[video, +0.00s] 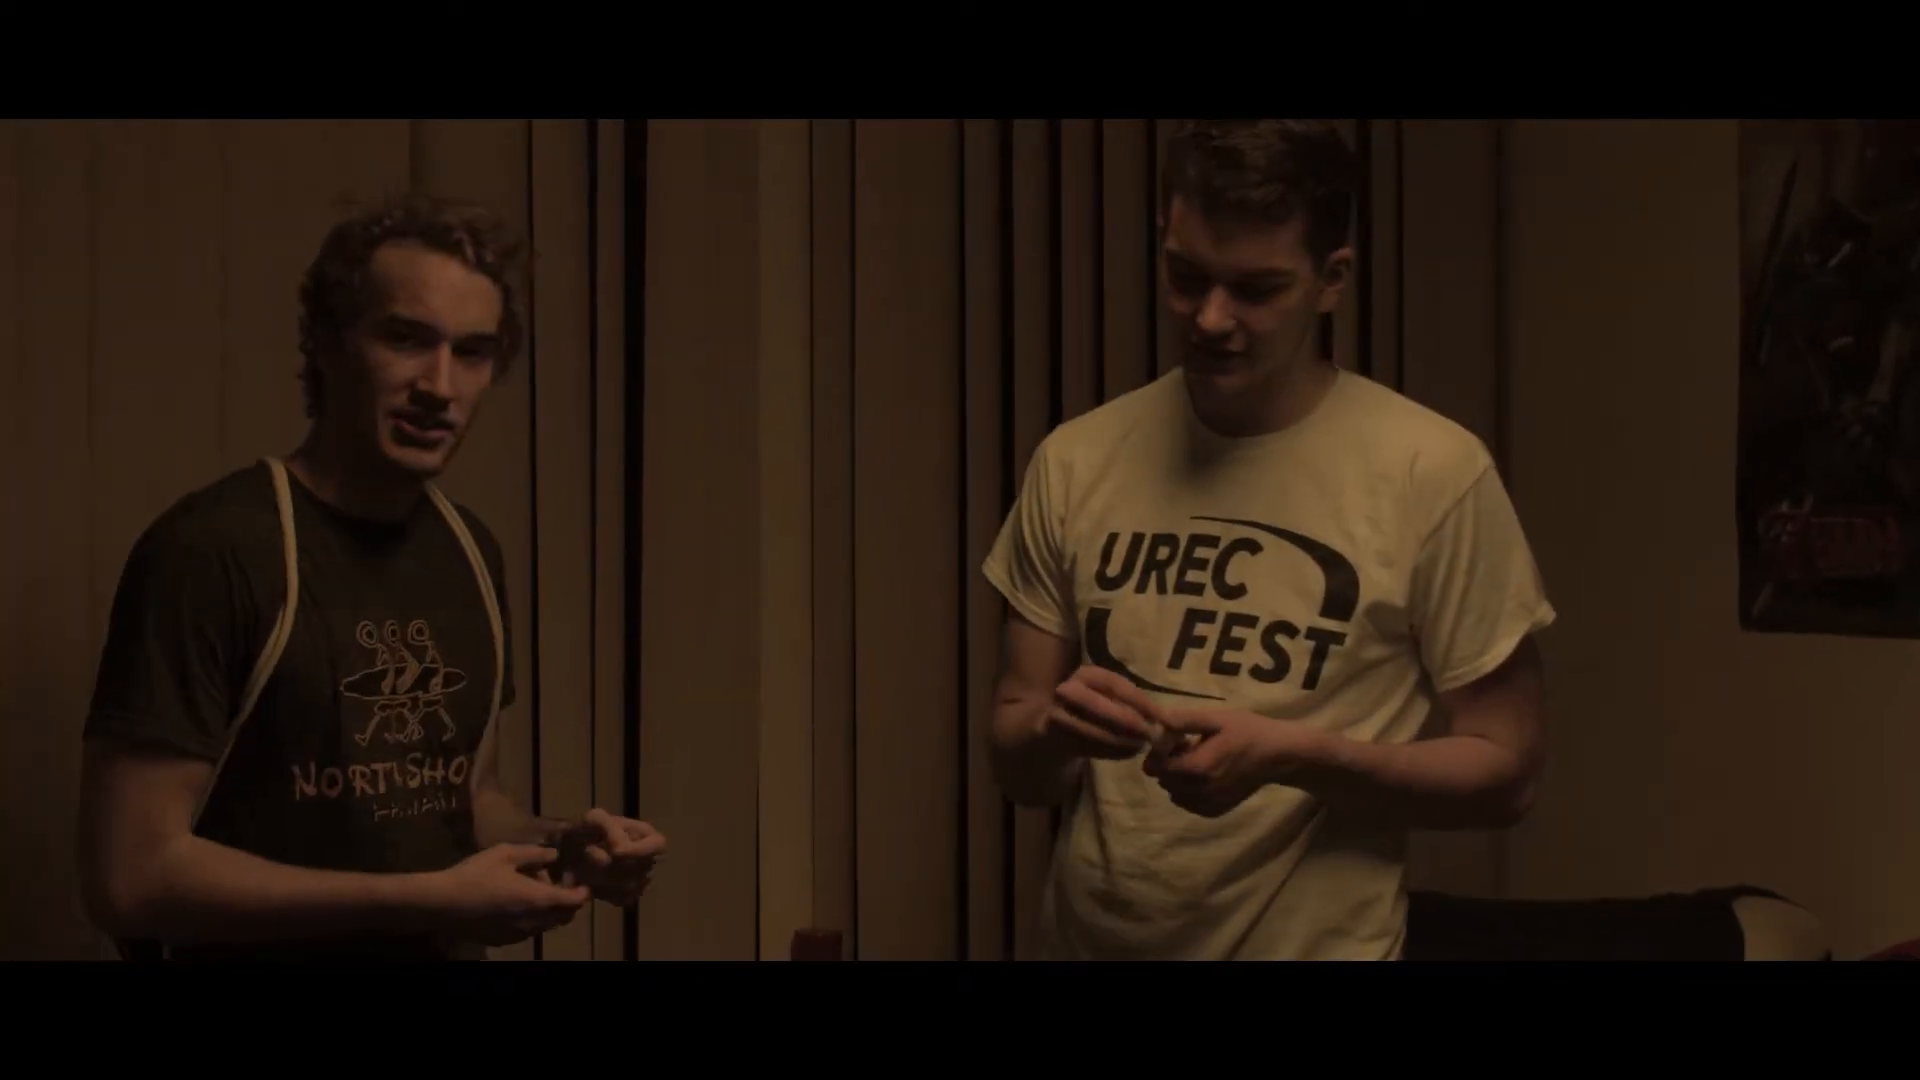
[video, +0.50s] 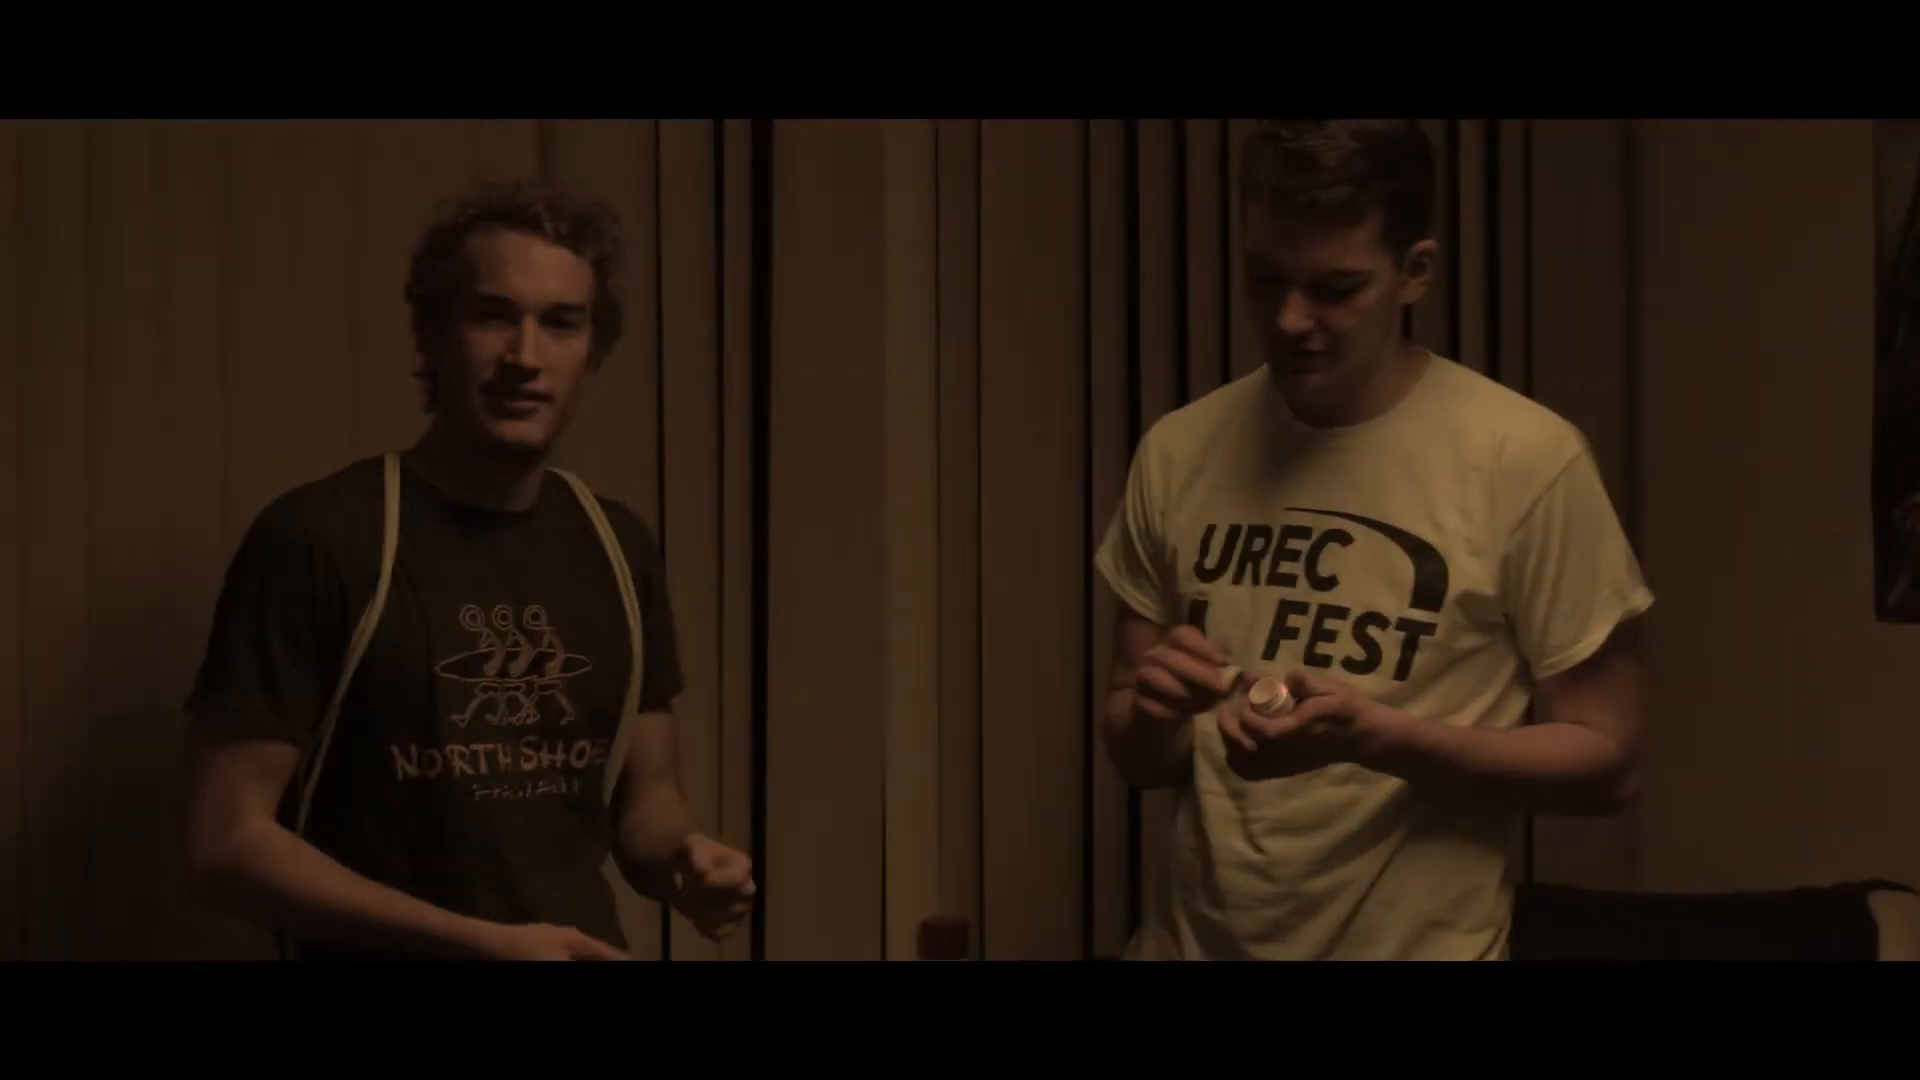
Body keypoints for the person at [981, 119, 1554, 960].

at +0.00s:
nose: (1212, 320)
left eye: (1256, 287)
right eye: (1188, 279)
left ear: (1332, 280)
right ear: (1162, 253)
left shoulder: (1434, 477)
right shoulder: (1075, 464)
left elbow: (1505, 769)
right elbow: (1016, 763)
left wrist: (1283, 749)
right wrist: (1060, 727)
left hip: (1311, 945)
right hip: (1088, 941)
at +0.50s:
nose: (1291, 320)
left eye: (1334, 288)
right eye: (1268, 280)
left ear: (1416, 274)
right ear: (1246, 261)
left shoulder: (1527, 463)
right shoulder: (1178, 453)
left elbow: (1605, 758)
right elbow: (1133, 755)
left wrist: (1377, 735)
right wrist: (1152, 709)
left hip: (1418, 943)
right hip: (1194, 941)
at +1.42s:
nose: (1300, 371)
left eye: (1338, 333)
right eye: (1273, 333)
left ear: (1417, 300)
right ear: (1248, 307)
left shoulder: (1534, 492)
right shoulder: (1188, 484)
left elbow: (1606, 801)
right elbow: (1133, 781)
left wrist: (1380, 707)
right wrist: (1190, 711)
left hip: (1425, 945)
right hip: (1203, 942)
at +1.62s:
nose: (1303, 378)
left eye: (1340, 338)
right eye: (1273, 340)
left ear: (1414, 304)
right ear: (1245, 316)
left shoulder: (1531, 495)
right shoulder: (1189, 492)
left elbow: (1608, 804)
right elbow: (1141, 789)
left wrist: (1384, 701)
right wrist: (1193, 722)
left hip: (1425, 947)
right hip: (1204, 945)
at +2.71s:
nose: (1287, 368)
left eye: (1328, 333)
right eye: (1260, 330)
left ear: (1403, 308)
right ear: (1236, 306)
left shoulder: (1515, 493)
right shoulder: (1169, 499)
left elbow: (1597, 799)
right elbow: (1096, 804)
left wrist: (1390, 693)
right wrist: (1152, 707)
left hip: (1418, 945)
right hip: (1196, 943)